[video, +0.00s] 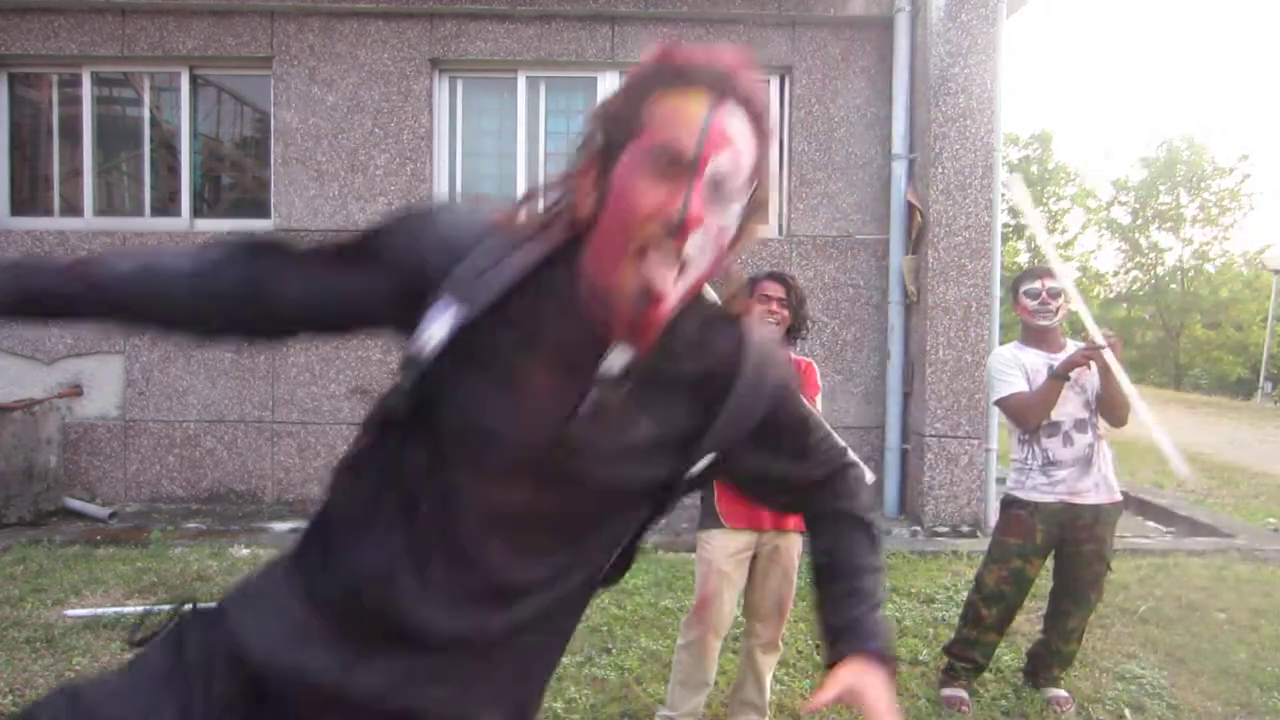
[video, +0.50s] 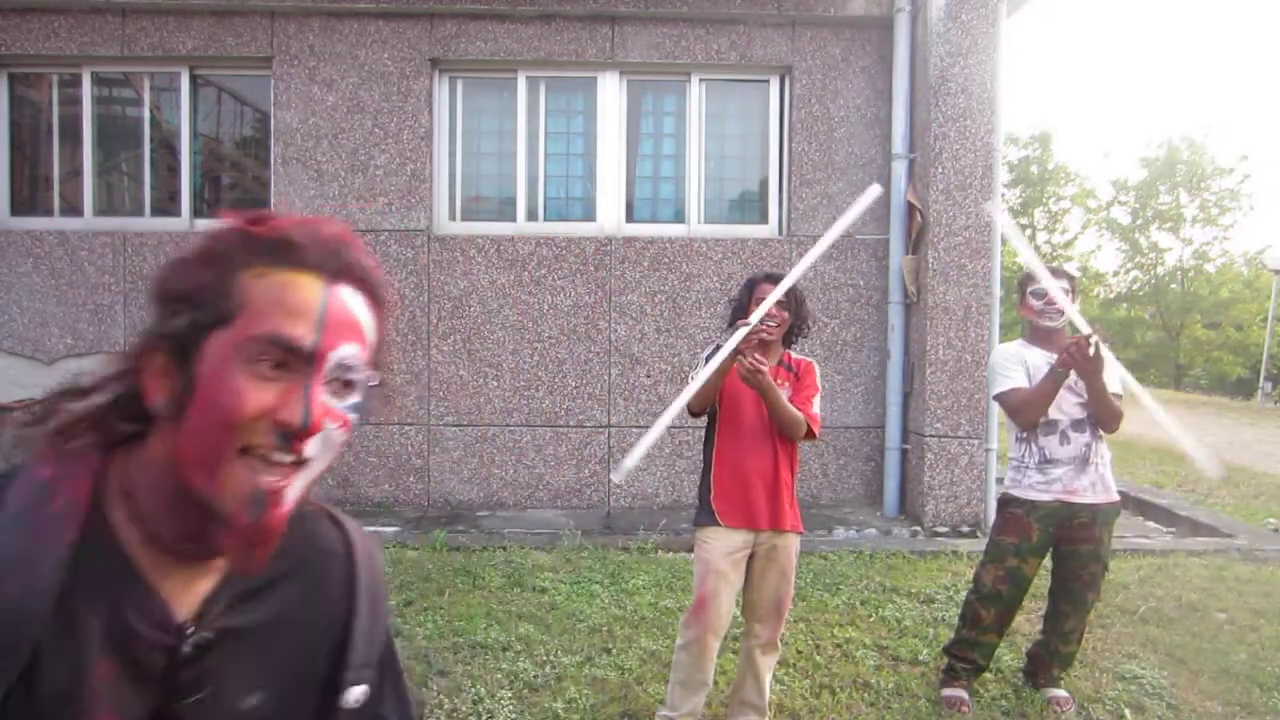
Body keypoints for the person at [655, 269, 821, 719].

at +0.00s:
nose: (772, 308)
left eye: (782, 303)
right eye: (763, 299)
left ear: (791, 316)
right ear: (743, 308)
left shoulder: (803, 369)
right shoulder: (720, 362)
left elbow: (806, 440)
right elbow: (704, 429)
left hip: (784, 518)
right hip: (728, 513)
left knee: (766, 632)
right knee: (708, 620)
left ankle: (749, 712)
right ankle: (679, 712)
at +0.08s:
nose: (772, 310)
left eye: (782, 304)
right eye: (763, 301)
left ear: (792, 316)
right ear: (745, 308)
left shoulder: (801, 367)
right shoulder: (723, 359)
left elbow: (805, 431)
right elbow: (690, 413)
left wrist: (769, 384)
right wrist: (722, 368)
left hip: (782, 516)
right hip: (727, 513)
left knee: (771, 629)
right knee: (705, 624)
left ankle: (759, 710)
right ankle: (679, 712)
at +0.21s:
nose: (771, 309)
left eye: (782, 304)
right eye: (762, 301)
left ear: (792, 317)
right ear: (743, 308)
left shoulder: (803, 369)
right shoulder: (721, 359)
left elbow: (803, 432)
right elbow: (692, 411)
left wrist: (765, 386)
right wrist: (724, 365)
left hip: (782, 518)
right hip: (725, 516)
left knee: (767, 633)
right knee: (707, 621)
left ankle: (749, 714)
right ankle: (678, 713)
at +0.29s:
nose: (770, 310)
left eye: (780, 305)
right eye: (761, 301)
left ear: (791, 316)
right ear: (743, 309)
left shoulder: (802, 368)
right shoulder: (721, 358)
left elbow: (802, 432)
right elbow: (694, 409)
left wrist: (767, 390)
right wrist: (727, 362)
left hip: (781, 518)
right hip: (724, 516)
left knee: (767, 634)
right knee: (706, 622)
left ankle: (748, 714)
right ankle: (678, 713)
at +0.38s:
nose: (768, 312)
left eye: (778, 306)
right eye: (760, 303)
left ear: (791, 318)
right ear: (743, 309)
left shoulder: (802, 368)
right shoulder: (721, 360)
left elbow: (800, 431)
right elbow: (695, 408)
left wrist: (768, 385)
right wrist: (728, 359)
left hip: (781, 517)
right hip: (724, 516)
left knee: (766, 633)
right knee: (706, 620)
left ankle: (748, 714)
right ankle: (678, 713)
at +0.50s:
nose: (769, 312)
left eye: (780, 306)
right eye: (760, 303)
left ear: (792, 318)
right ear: (744, 311)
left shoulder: (803, 369)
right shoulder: (722, 360)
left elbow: (798, 431)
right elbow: (696, 407)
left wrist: (767, 387)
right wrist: (729, 357)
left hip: (780, 517)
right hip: (723, 515)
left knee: (766, 633)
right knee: (706, 620)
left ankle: (748, 714)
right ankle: (678, 713)